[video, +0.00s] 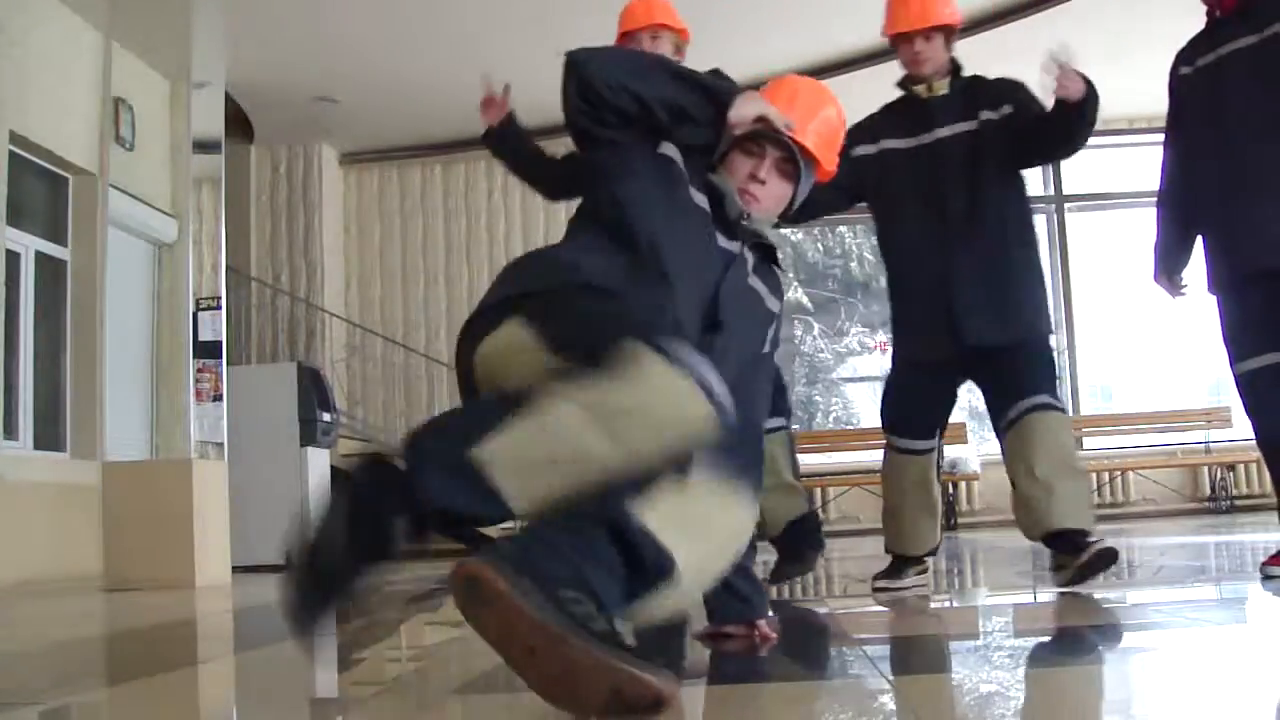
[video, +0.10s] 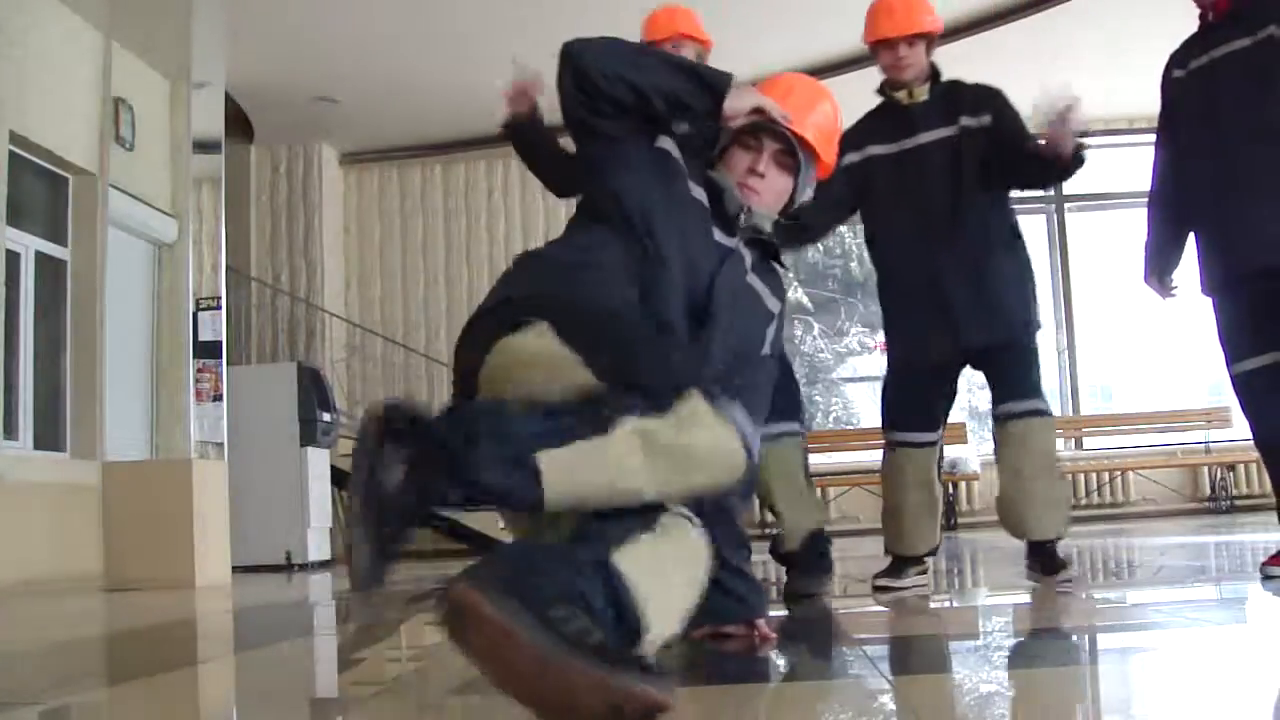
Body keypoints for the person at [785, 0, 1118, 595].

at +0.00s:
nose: (916, 50)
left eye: (926, 37)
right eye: (905, 41)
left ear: (950, 38)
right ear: (893, 49)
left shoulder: (996, 100)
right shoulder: (874, 134)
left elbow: (1050, 140)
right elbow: (815, 190)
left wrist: (1076, 105)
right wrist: (756, 181)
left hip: (1006, 306)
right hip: (924, 316)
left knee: (1035, 416)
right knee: (907, 436)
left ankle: (1069, 543)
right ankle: (909, 555)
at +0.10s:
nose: (899, 55)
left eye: (909, 43)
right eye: (887, 46)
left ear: (931, 43)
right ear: (873, 53)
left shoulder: (979, 104)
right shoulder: (862, 139)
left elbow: (1023, 169)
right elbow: (816, 212)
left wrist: (1058, 155)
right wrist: (766, 232)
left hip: (996, 297)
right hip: (916, 311)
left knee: (1024, 415)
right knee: (909, 434)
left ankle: (1042, 541)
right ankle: (909, 554)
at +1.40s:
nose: (849, 105)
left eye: (858, 93)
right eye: (838, 97)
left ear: (875, 98)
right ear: (826, 108)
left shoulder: (916, 160)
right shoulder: (817, 185)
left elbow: (959, 227)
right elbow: (796, 270)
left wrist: (990, 290)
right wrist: (774, 337)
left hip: (922, 330)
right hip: (854, 340)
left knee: (947, 431)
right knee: (865, 445)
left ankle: (980, 537)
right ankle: (880, 555)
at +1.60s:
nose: (838, 101)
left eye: (846, 91)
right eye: (826, 96)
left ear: (861, 94)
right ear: (814, 107)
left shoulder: (898, 146)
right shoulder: (809, 175)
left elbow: (939, 173)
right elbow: (775, 237)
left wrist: (921, 190)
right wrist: (785, 221)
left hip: (914, 318)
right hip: (847, 329)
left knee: (941, 428)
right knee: (861, 444)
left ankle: (976, 533)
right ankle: (871, 558)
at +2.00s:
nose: (855, 94)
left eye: (865, 83)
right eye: (844, 86)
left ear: (880, 90)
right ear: (829, 95)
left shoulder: (911, 151)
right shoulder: (811, 170)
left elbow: (922, 215)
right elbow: (799, 238)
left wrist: (853, 218)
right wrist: (809, 278)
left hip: (908, 317)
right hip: (840, 323)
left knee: (914, 432)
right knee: (855, 439)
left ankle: (916, 549)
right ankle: (877, 549)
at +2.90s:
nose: (798, 104)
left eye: (807, 94)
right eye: (787, 96)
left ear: (822, 98)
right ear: (773, 104)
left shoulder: (864, 161)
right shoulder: (757, 178)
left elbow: (892, 236)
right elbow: (744, 250)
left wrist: (891, 295)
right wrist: (744, 298)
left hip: (863, 327)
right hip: (793, 335)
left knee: (893, 450)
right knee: (805, 463)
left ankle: (920, 553)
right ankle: (816, 565)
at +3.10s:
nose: (792, 109)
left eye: (802, 99)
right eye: (781, 101)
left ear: (819, 103)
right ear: (769, 109)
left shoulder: (857, 163)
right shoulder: (757, 185)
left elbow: (884, 233)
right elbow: (740, 262)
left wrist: (868, 289)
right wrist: (724, 322)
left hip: (858, 329)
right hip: (792, 339)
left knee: (877, 437)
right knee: (805, 447)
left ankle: (879, 540)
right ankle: (819, 550)